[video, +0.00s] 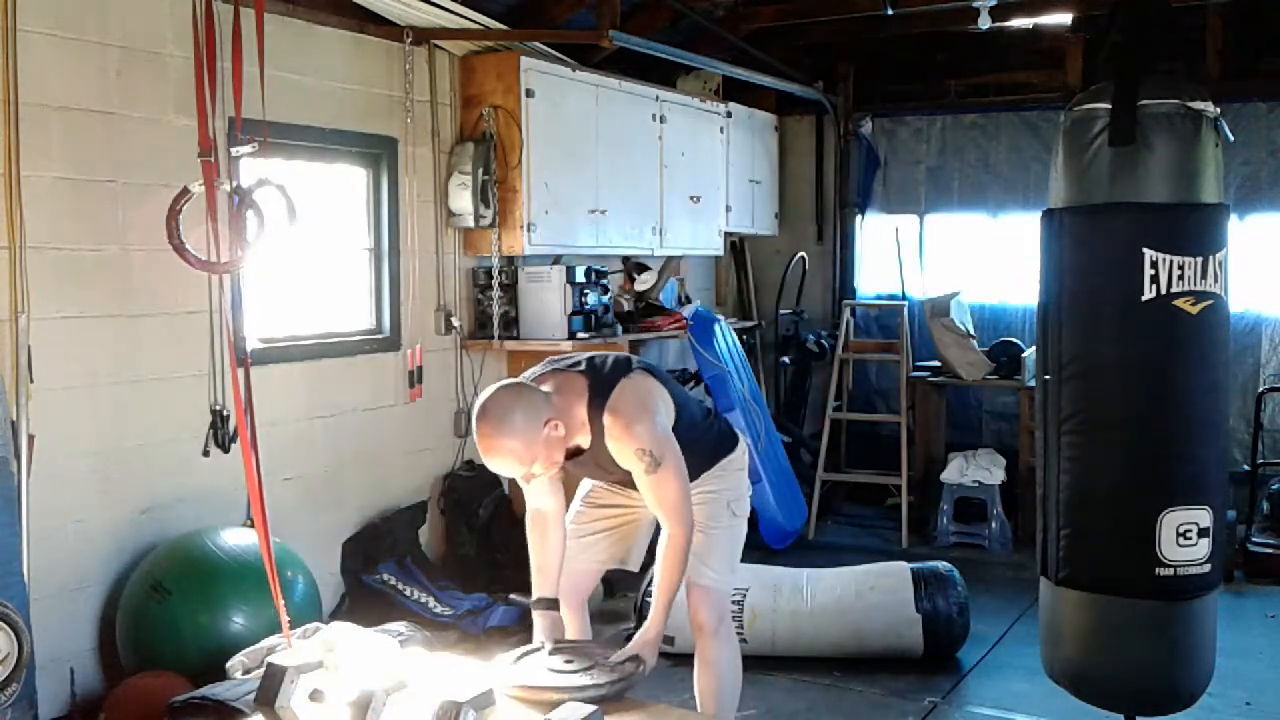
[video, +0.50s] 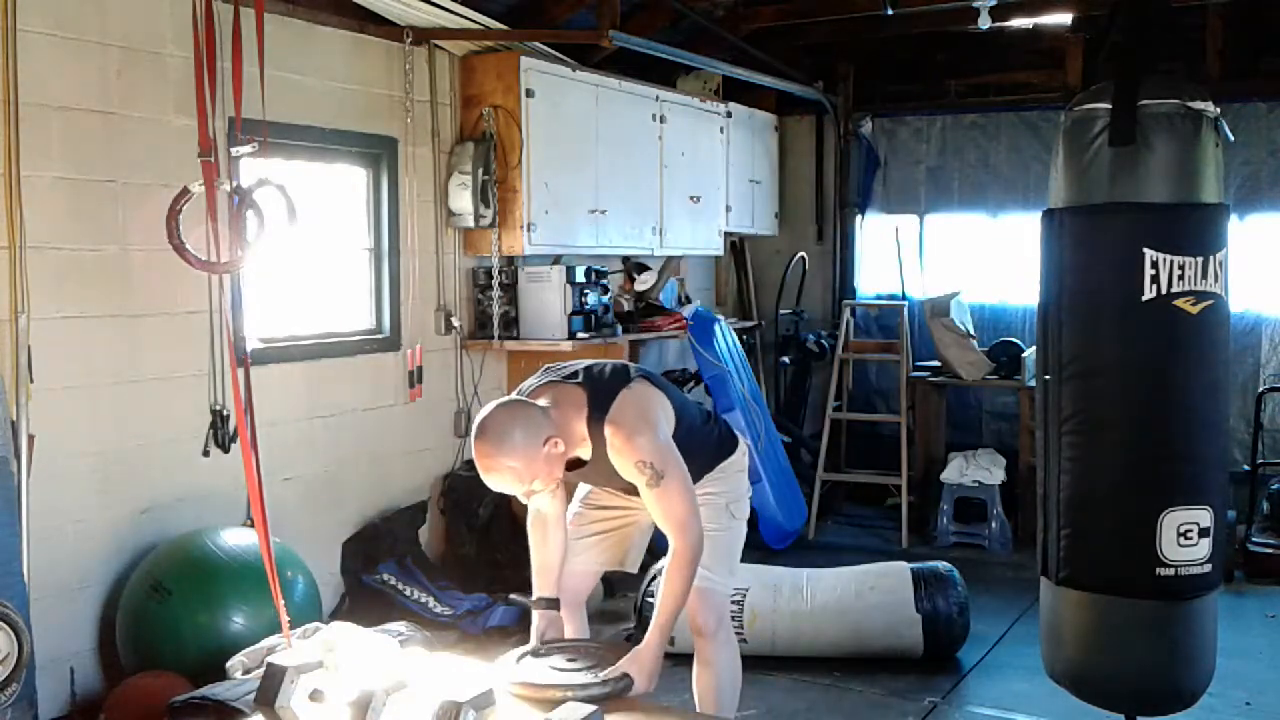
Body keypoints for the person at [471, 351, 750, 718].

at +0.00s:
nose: (530, 480)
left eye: (530, 469)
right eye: (519, 476)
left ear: (553, 431)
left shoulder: (634, 423)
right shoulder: (521, 412)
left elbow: (678, 528)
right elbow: (543, 511)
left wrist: (653, 630)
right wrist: (544, 610)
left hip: (705, 470)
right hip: (617, 475)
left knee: (706, 614)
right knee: (565, 592)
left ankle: (715, 715)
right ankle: (584, 710)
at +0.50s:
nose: (527, 499)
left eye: (530, 486)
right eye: (516, 492)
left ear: (554, 447)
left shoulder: (634, 437)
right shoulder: (518, 413)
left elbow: (688, 543)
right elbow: (544, 511)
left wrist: (653, 646)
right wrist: (544, 608)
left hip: (705, 472)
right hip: (615, 475)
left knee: (705, 617)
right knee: (565, 595)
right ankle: (574, 710)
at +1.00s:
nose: (523, 501)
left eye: (526, 489)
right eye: (513, 494)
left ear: (550, 451)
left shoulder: (629, 440)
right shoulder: (514, 422)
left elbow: (685, 546)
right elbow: (526, 530)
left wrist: (651, 651)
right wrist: (513, 625)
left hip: (703, 474)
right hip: (611, 479)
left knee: (706, 619)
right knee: (549, 596)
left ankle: (716, 718)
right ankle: (573, 711)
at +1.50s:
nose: (514, 407)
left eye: (518, 392)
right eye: (506, 397)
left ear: (556, 358)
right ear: (555, 358)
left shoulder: (634, 361)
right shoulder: (528, 384)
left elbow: (716, 437)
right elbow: (551, 444)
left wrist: (678, 532)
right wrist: (543, 516)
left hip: (694, 472)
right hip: (612, 477)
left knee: (702, 606)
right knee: (545, 591)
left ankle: (714, 716)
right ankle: (564, 716)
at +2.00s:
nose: (575, 324)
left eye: (582, 309)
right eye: (569, 311)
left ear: (618, 285)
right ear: (566, 296)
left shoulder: (692, 320)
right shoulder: (573, 335)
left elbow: (753, 413)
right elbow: (588, 412)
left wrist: (701, 493)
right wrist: (572, 475)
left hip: (722, 476)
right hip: (635, 476)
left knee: (743, 617)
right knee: (551, 593)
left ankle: (762, 717)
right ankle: (586, 713)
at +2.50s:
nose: (578, 472)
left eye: (584, 458)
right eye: (571, 461)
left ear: (626, 425)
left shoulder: (698, 430)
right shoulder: (591, 421)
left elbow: (763, 494)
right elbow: (595, 490)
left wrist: (724, 583)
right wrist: (589, 562)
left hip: (732, 520)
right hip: (648, 519)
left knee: (759, 626)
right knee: (552, 595)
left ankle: (766, 716)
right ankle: (588, 712)